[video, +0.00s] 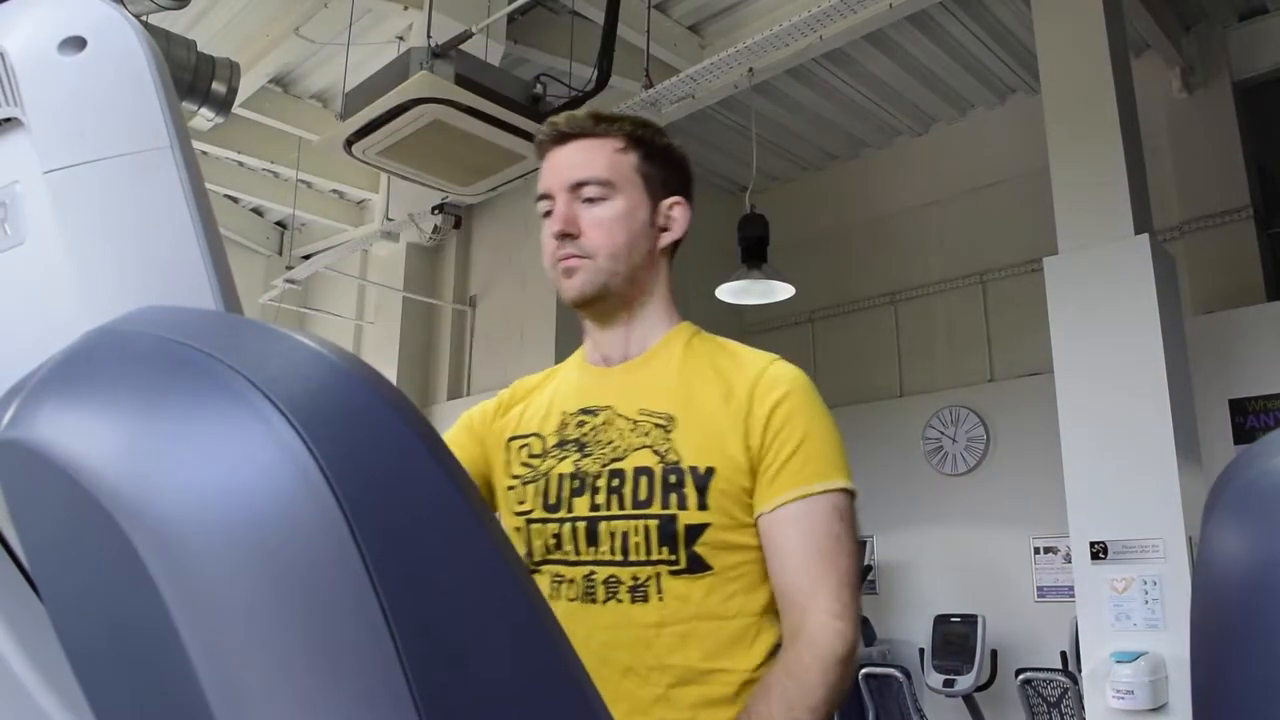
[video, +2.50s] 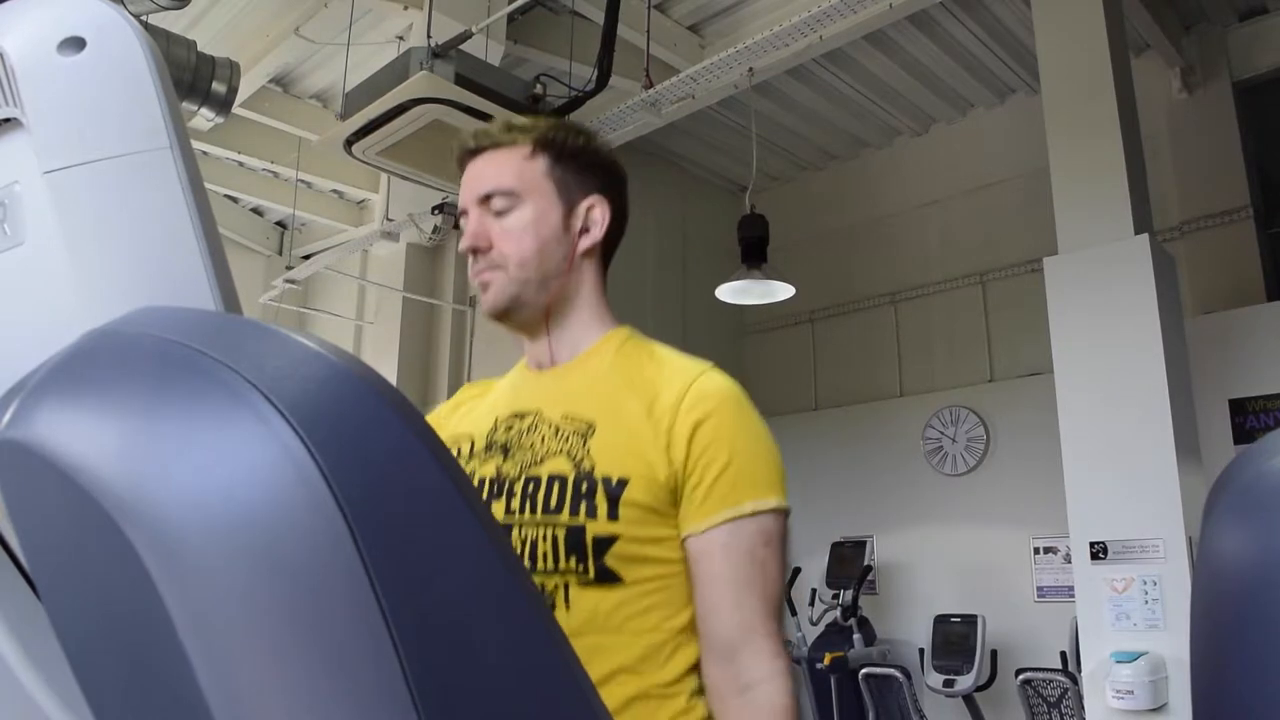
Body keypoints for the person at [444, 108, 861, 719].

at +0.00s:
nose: (559, 225)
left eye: (591, 197)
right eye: (547, 207)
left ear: (668, 222)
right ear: (539, 231)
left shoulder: (767, 394)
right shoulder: (497, 424)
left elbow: (821, 640)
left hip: (717, 702)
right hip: (540, 704)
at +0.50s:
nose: (441, 243)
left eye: (472, 213)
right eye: (429, 226)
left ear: (553, 233)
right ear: (424, 247)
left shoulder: (648, 396)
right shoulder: (430, 427)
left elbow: (660, 668)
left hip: (595, 706)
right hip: (450, 703)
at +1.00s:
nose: (493, 238)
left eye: (526, 206)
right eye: (483, 220)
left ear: (610, 230)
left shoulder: (708, 417)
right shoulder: (449, 437)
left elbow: (719, 693)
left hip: (637, 706)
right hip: (463, 703)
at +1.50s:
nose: (517, 217)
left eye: (552, 190)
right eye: (508, 203)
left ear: (635, 222)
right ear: (503, 231)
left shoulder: (734, 405)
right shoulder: (465, 429)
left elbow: (766, 675)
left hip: (673, 704)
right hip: (490, 703)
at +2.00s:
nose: (465, 226)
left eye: (497, 197)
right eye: (454, 211)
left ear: (574, 218)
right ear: (446, 237)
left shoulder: (673, 376)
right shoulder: (432, 418)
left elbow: (695, 631)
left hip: (619, 701)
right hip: (461, 702)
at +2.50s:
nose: (469, 239)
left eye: (500, 207)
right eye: (464, 219)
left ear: (588, 224)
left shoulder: (697, 406)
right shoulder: (446, 427)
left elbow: (746, 671)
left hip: (646, 704)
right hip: (463, 703)